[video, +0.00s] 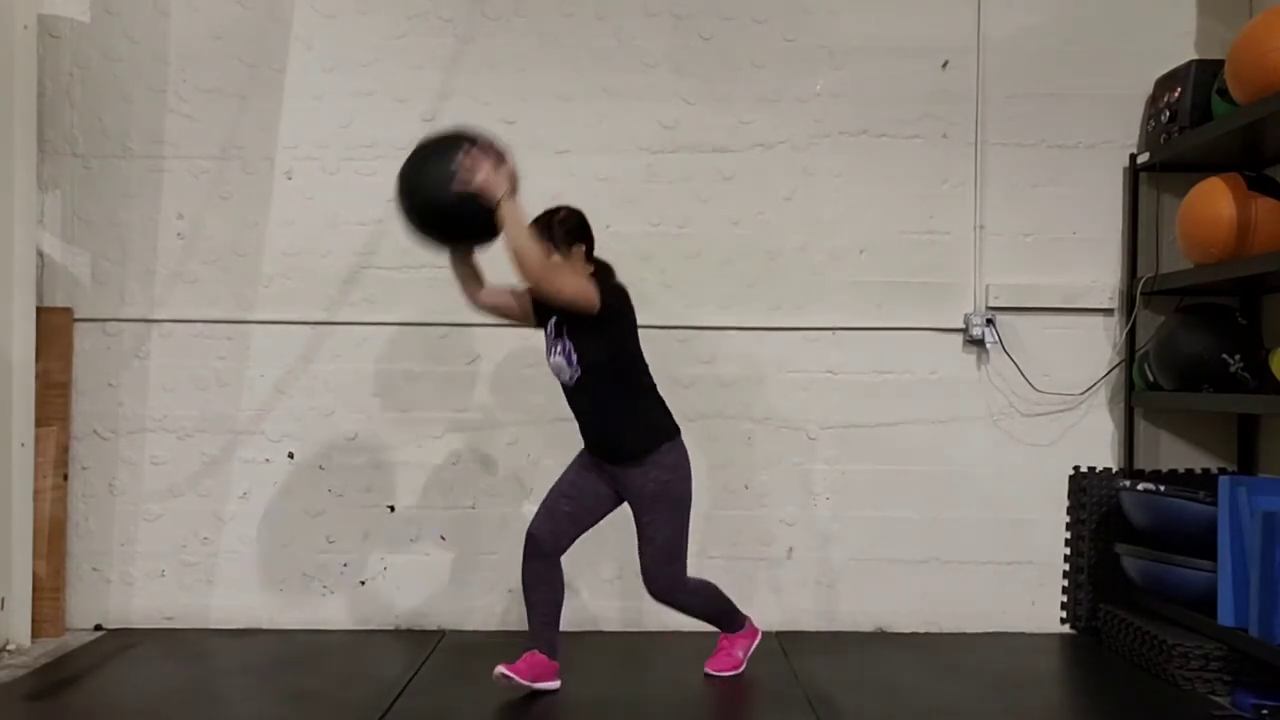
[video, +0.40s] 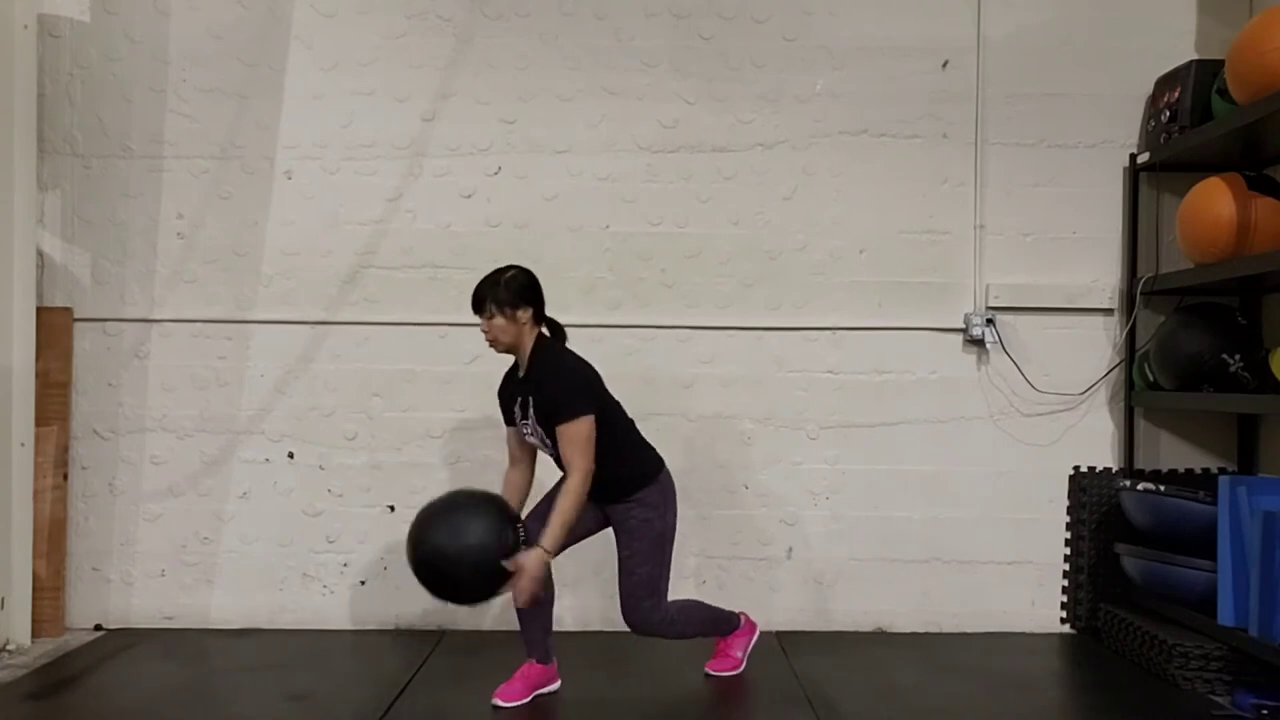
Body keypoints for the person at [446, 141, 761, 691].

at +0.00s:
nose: (540, 264)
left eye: (547, 255)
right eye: (538, 256)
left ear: (579, 252)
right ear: (550, 255)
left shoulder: (605, 296)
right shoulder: (551, 303)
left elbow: (539, 275)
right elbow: (480, 296)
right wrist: (457, 234)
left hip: (655, 460)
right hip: (601, 461)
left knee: (664, 583)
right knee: (541, 541)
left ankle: (740, 628)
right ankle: (543, 656)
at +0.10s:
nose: (527, 299)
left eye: (535, 288)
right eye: (524, 290)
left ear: (568, 287)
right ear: (528, 294)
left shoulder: (595, 340)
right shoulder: (540, 350)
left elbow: (546, 393)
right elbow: (494, 403)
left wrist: (478, 366)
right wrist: (456, 370)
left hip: (658, 486)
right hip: (604, 483)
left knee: (658, 608)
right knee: (537, 543)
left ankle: (742, 629)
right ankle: (542, 664)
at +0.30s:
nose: (493, 330)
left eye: (501, 320)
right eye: (492, 320)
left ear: (535, 321)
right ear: (525, 323)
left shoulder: (577, 381)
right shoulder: (523, 388)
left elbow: (596, 476)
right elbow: (537, 465)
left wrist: (583, 559)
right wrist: (528, 540)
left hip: (644, 502)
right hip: (591, 494)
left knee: (646, 627)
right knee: (525, 547)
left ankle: (738, 627)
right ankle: (542, 666)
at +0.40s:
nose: (483, 327)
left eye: (490, 316)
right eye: (481, 317)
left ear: (525, 316)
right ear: (515, 318)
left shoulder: (565, 375)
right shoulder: (512, 386)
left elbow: (579, 473)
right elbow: (519, 462)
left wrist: (542, 551)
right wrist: (502, 530)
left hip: (643, 495)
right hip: (591, 491)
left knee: (645, 615)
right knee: (524, 546)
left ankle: (738, 627)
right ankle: (541, 665)